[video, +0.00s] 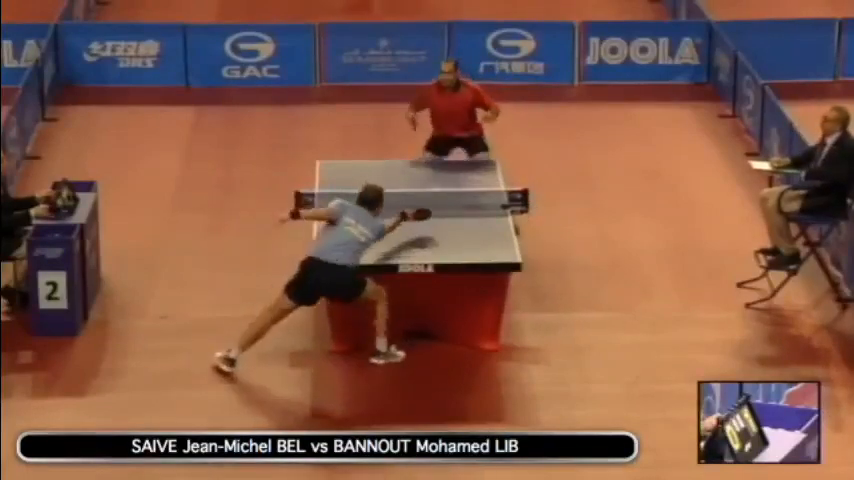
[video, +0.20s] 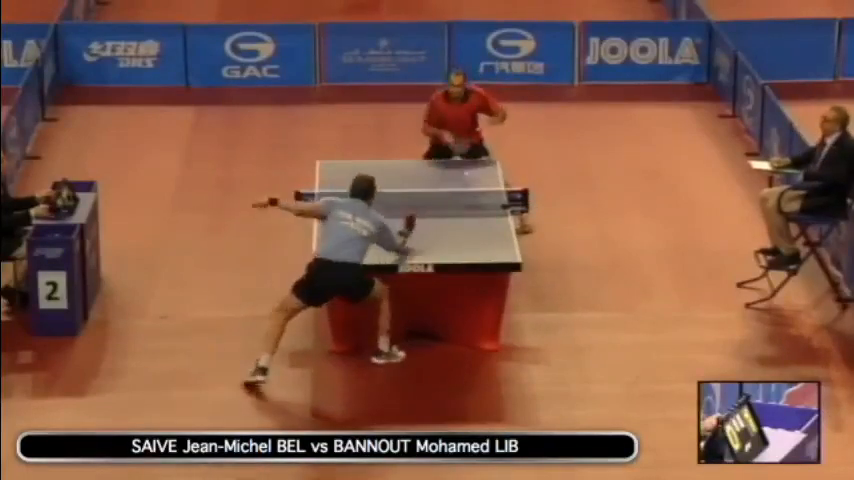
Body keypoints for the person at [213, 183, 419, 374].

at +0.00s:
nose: (376, 206)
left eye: (370, 197)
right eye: (378, 202)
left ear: (359, 198)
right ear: (378, 206)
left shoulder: (343, 207)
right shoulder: (377, 227)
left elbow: (326, 215)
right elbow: (393, 225)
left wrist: (296, 215)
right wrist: (405, 216)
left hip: (312, 268)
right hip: (341, 275)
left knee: (275, 311)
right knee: (380, 296)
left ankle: (233, 354)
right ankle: (382, 349)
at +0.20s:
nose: (373, 196)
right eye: (373, 194)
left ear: (351, 191)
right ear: (372, 196)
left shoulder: (334, 205)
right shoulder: (375, 220)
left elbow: (303, 210)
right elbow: (394, 247)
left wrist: (276, 204)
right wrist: (407, 231)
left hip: (321, 271)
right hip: (352, 274)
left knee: (282, 313)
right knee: (383, 293)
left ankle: (262, 365)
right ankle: (384, 349)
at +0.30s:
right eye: (356, 176)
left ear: (334, 175)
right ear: (356, 179)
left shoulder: (316, 192)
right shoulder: (360, 204)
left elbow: (283, 191)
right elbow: (376, 243)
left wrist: (272, 191)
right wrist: (396, 240)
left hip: (307, 261)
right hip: (338, 262)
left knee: (284, 315)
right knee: (363, 303)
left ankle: (275, 370)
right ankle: (383, 349)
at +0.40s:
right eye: (348, 169)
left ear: (325, 169)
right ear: (348, 173)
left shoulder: (308, 187)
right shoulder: (351, 199)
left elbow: (272, 198)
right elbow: (365, 240)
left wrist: (268, 212)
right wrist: (390, 242)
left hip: (298, 256)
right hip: (327, 260)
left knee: (274, 308)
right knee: (357, 304)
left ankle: (262, 362)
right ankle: (366, 360)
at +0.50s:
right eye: (336, 177)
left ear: (314, 178)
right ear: (336, 180)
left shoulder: (295, 200)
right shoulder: (338, 208)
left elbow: (269, 231)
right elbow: (350, 251)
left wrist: (275, 258)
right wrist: (369, 254)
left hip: (286, 265)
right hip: (315, 269)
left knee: (259, 315)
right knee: (347, 319)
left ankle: (228, 366)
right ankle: (341, 378)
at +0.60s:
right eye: (329, 190)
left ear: (305, 190)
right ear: (328, 193)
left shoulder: (288, 211)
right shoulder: (328, 220)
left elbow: (267, 246)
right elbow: (338, 264)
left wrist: (288, 255)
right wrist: (354, 266)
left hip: (274, 276)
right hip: (302, 281)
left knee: (249, 324)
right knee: (340, 327)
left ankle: (219, 373)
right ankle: (338, 390)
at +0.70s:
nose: (322, 204)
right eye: (321, 200)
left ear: (297, 199)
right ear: (319, 203)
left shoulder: (281, 217)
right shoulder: (317, 230)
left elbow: (260, 246)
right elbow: (322, 274)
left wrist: (284, 250)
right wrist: (332, 274)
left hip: (259, 281)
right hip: (287, 287)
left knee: (239, 320)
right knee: (333, 325)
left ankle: (219, 369)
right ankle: (337, 387)